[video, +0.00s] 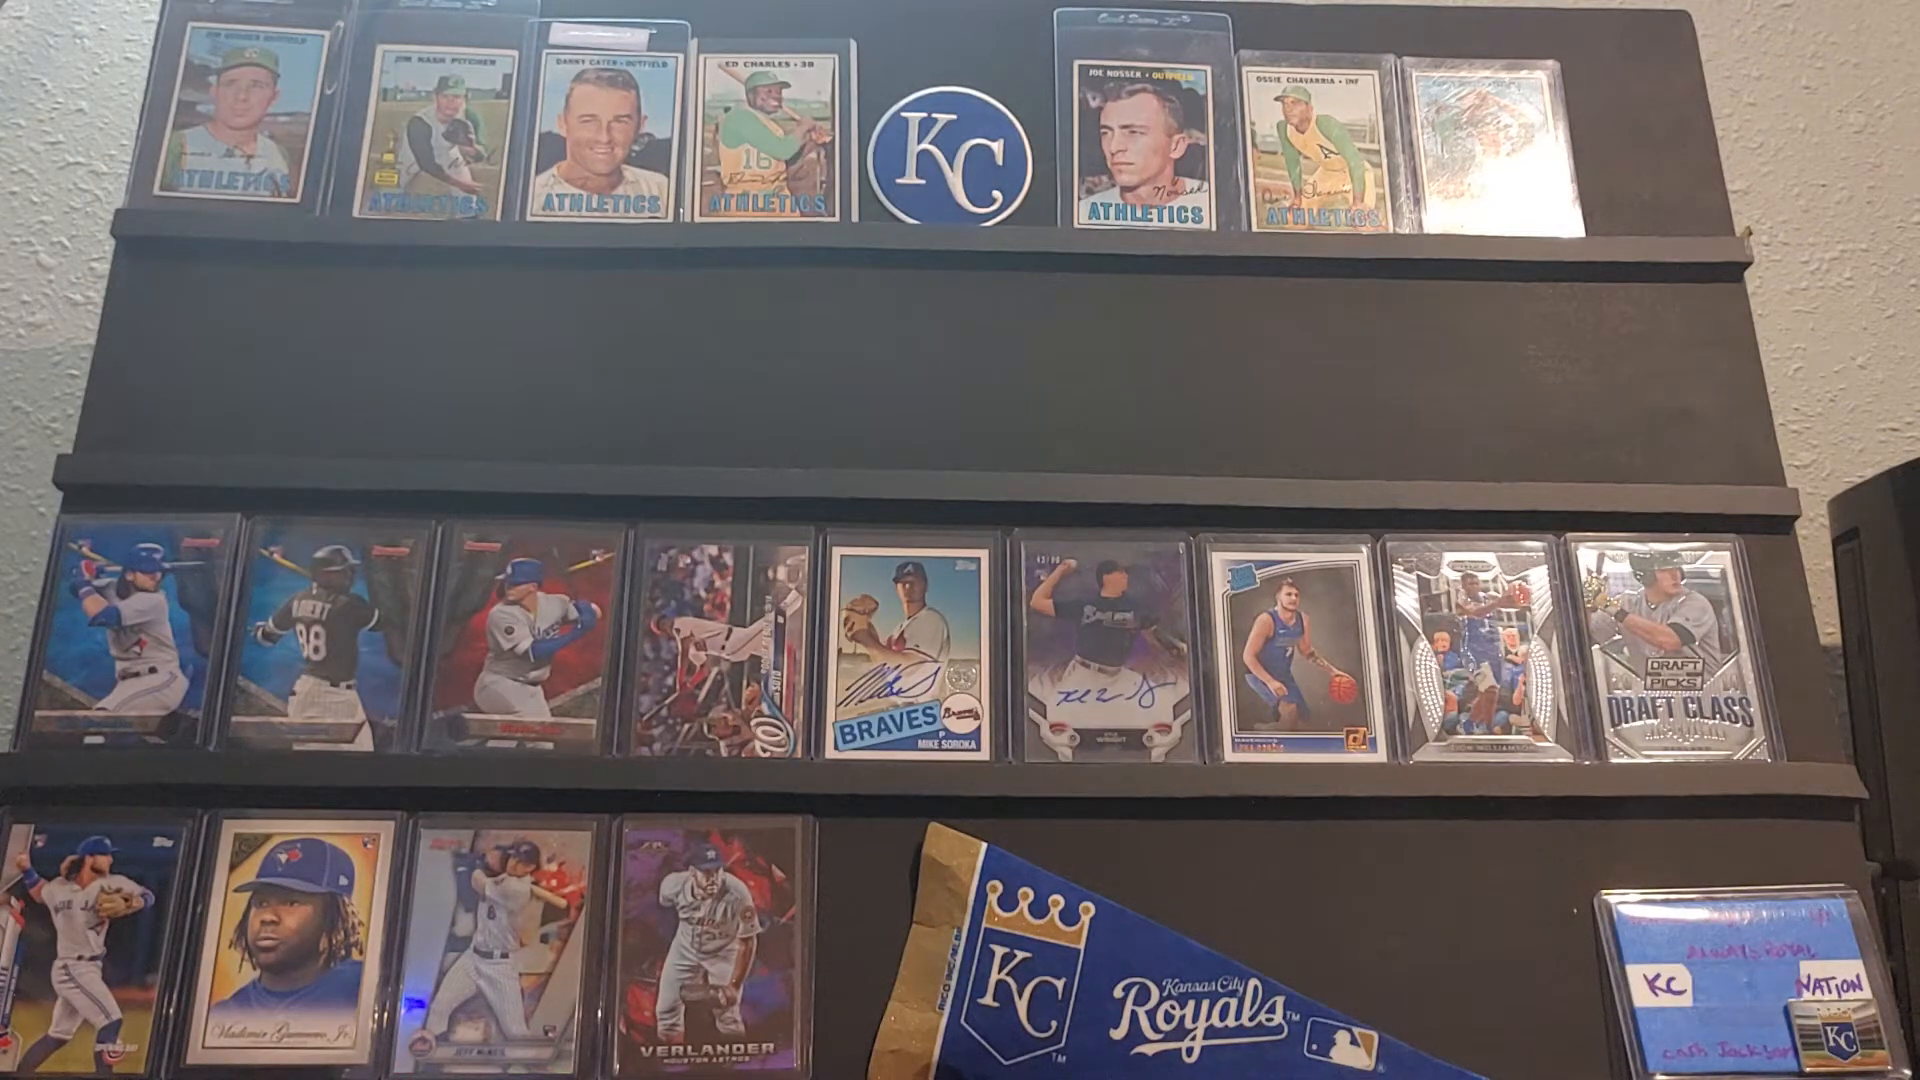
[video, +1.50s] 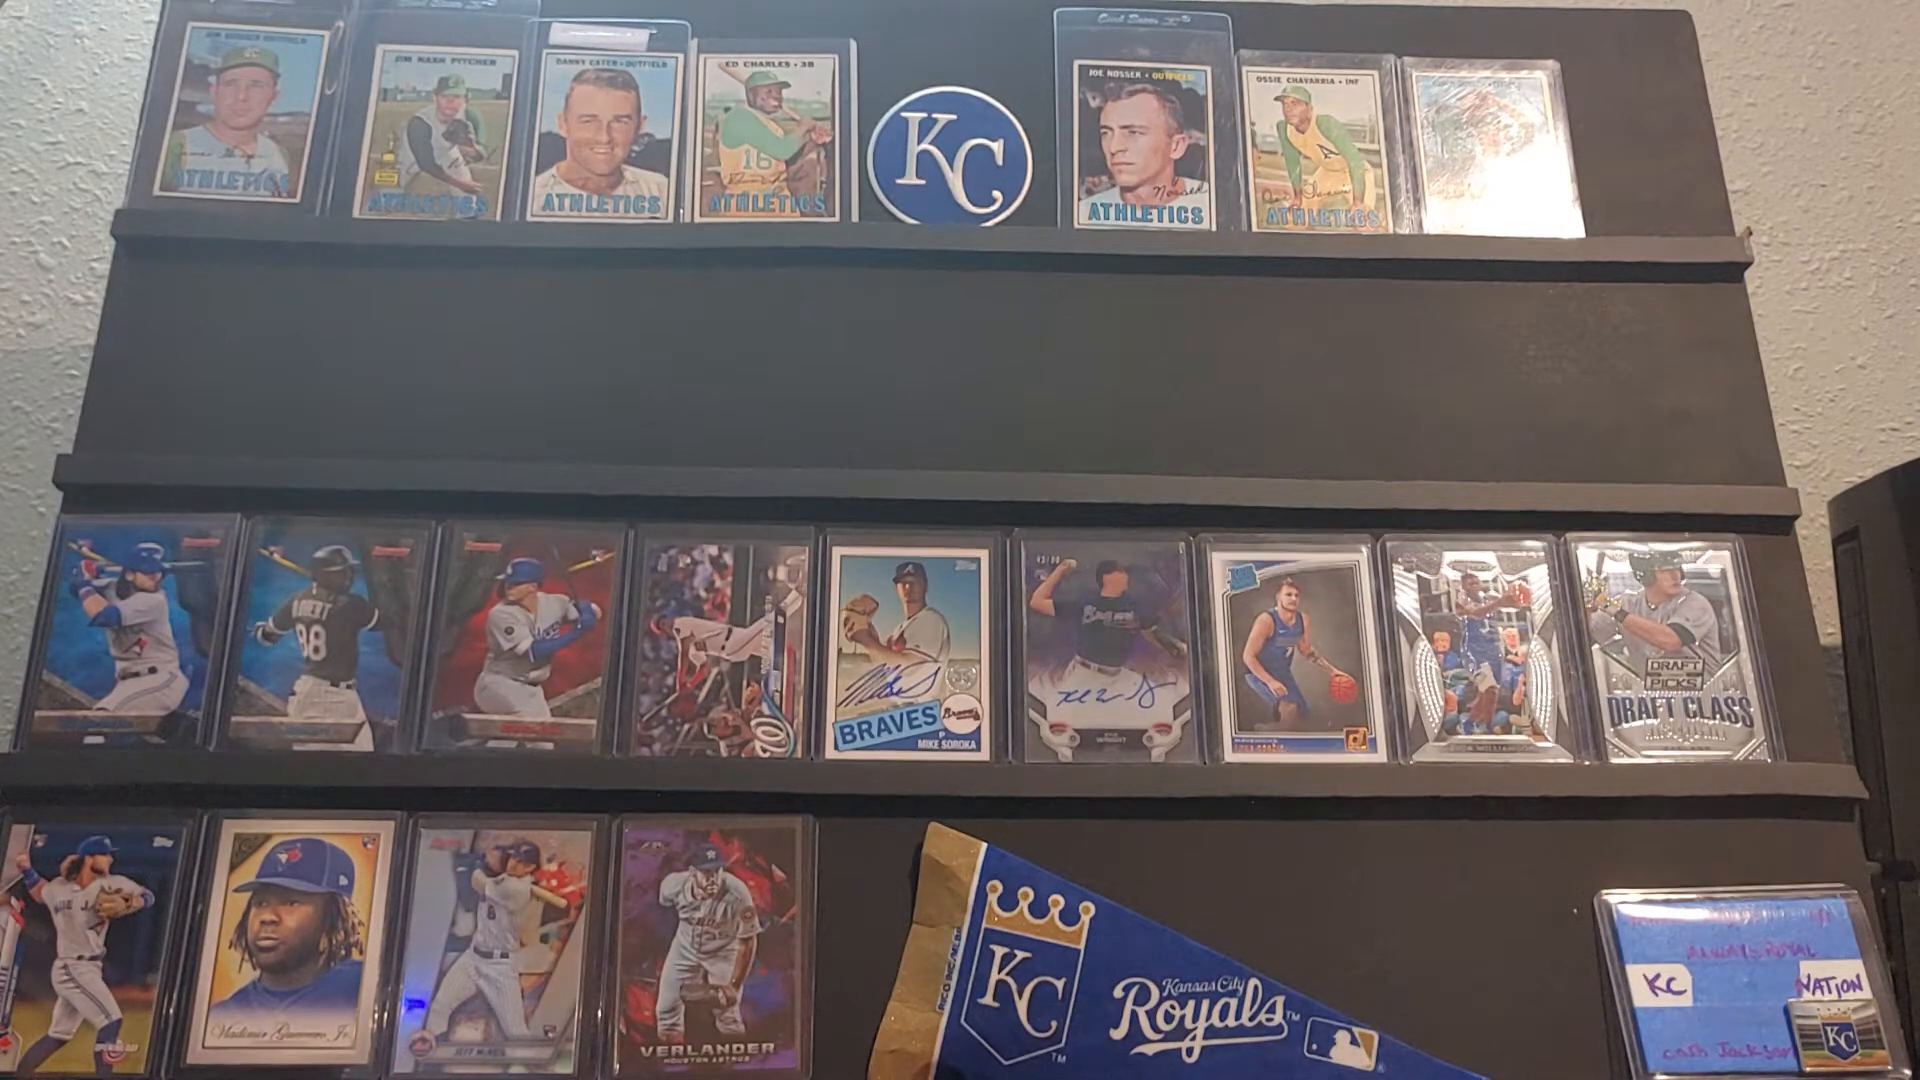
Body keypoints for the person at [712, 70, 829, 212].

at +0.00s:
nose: (777, 97)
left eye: (779, 92)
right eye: (770, 91)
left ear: (782, 93)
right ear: (752, 95)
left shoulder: (773, 126)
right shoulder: (739, 118)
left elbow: (784, 168)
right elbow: (783, 151)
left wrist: (811, 143)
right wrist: (802, 128)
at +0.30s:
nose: (776, 98)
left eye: (779, 92)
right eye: (769, 92)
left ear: (782, 93)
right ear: (751, 95)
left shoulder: (774, 127)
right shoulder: (738, 118)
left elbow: (783, 167)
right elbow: (782, 151)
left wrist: (812, 143)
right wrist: (802, 129)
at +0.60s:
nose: (776, 98)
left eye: (779, 92)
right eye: (769, 92)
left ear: (782, 93)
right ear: (752, 95)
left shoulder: (774, 126)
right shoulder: (738, 118)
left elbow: (784, 169)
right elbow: (782, 151)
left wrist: (812, 143)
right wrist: (803, 128)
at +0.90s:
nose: (777, 98)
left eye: (779, 93)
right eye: (770, 92)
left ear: (782, 93)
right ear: (752, 95)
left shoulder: (775, 127)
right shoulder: (738, 117)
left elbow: (783, 169)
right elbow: (782, 151)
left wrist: (812, 144)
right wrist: (803, 128)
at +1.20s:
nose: (777, 98)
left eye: (779, 93)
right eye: (770, 93)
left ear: (782, 93)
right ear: (752, 95)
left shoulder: (775, 127)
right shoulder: (738, 118)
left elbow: (783, 171)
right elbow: (782, 151)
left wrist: (811, 143)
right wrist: (802, 128)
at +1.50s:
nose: (777, 98)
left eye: (779, 92)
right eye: (770, 92)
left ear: (782, 93)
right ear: (753, 94)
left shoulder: (775, 128)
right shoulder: (738, 117)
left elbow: (784, 172)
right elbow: (781, 151)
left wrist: (811, 143)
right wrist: (803, 128)